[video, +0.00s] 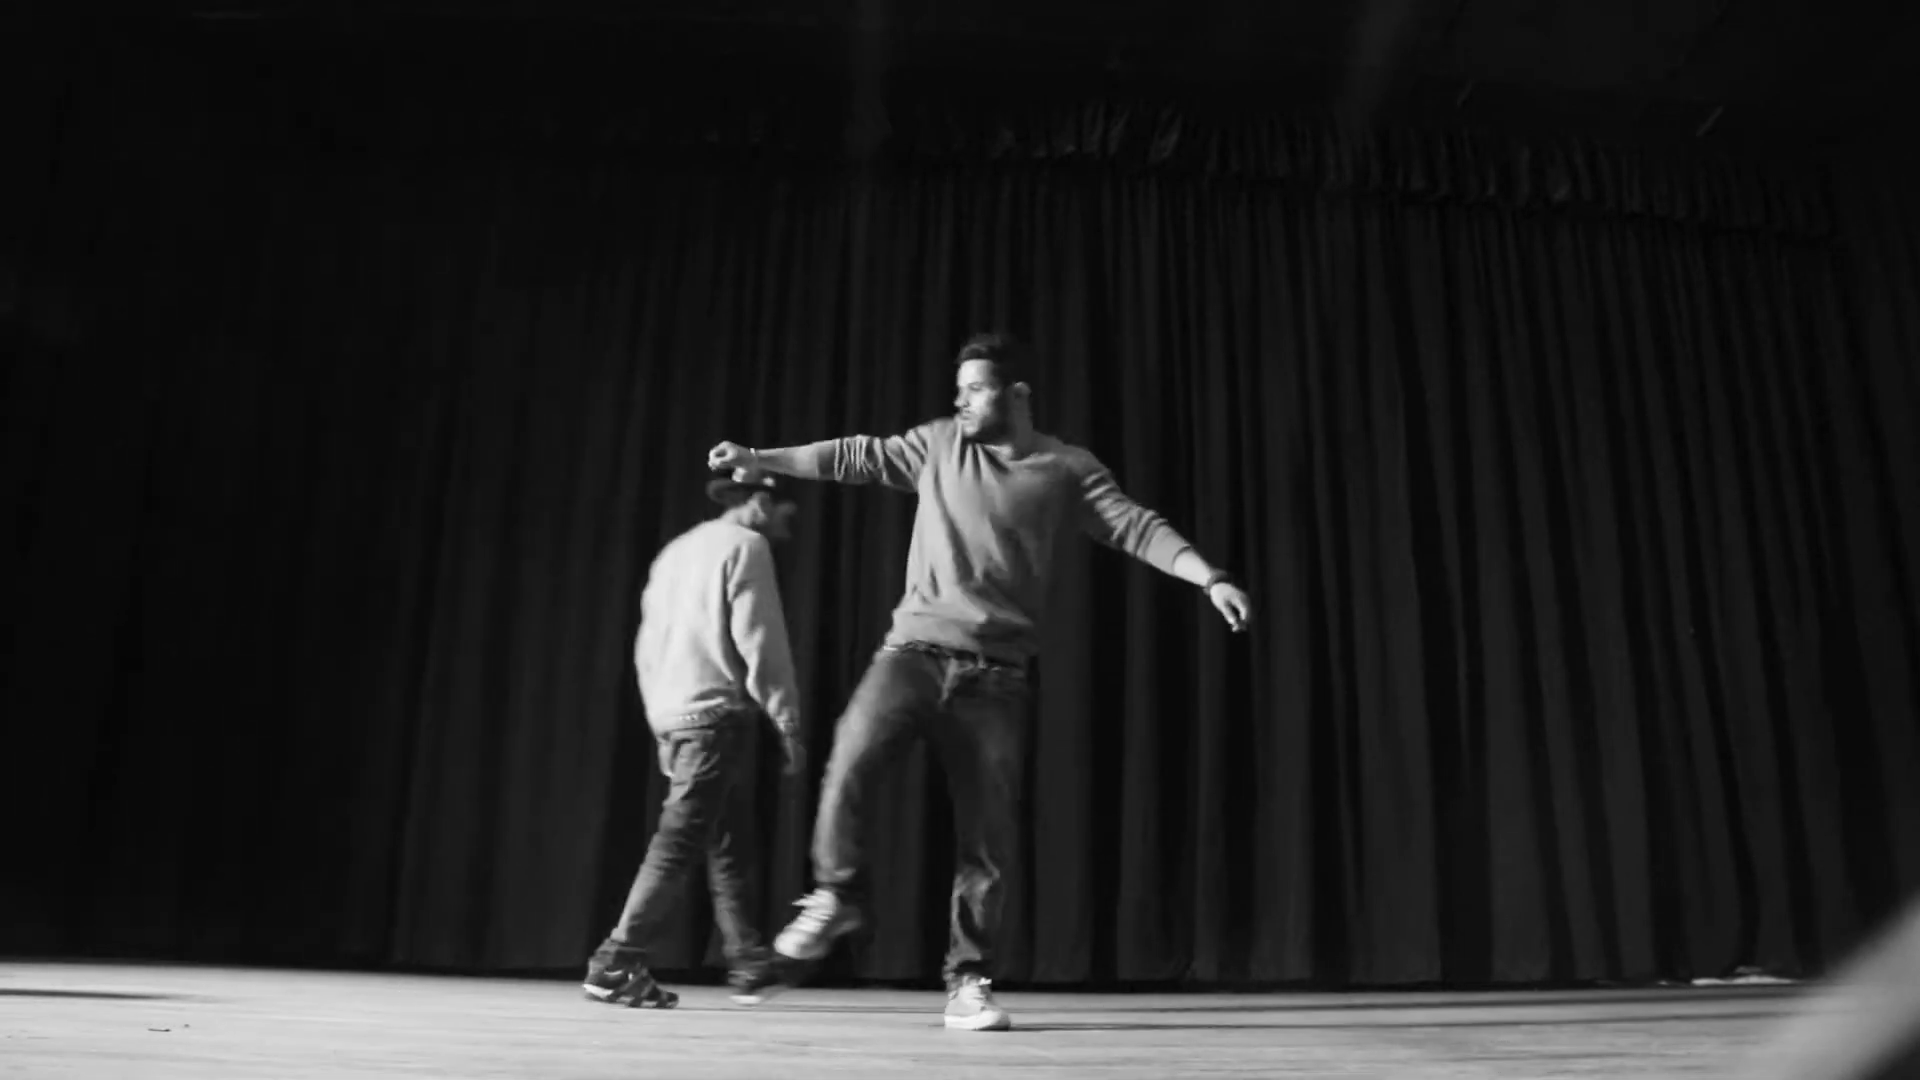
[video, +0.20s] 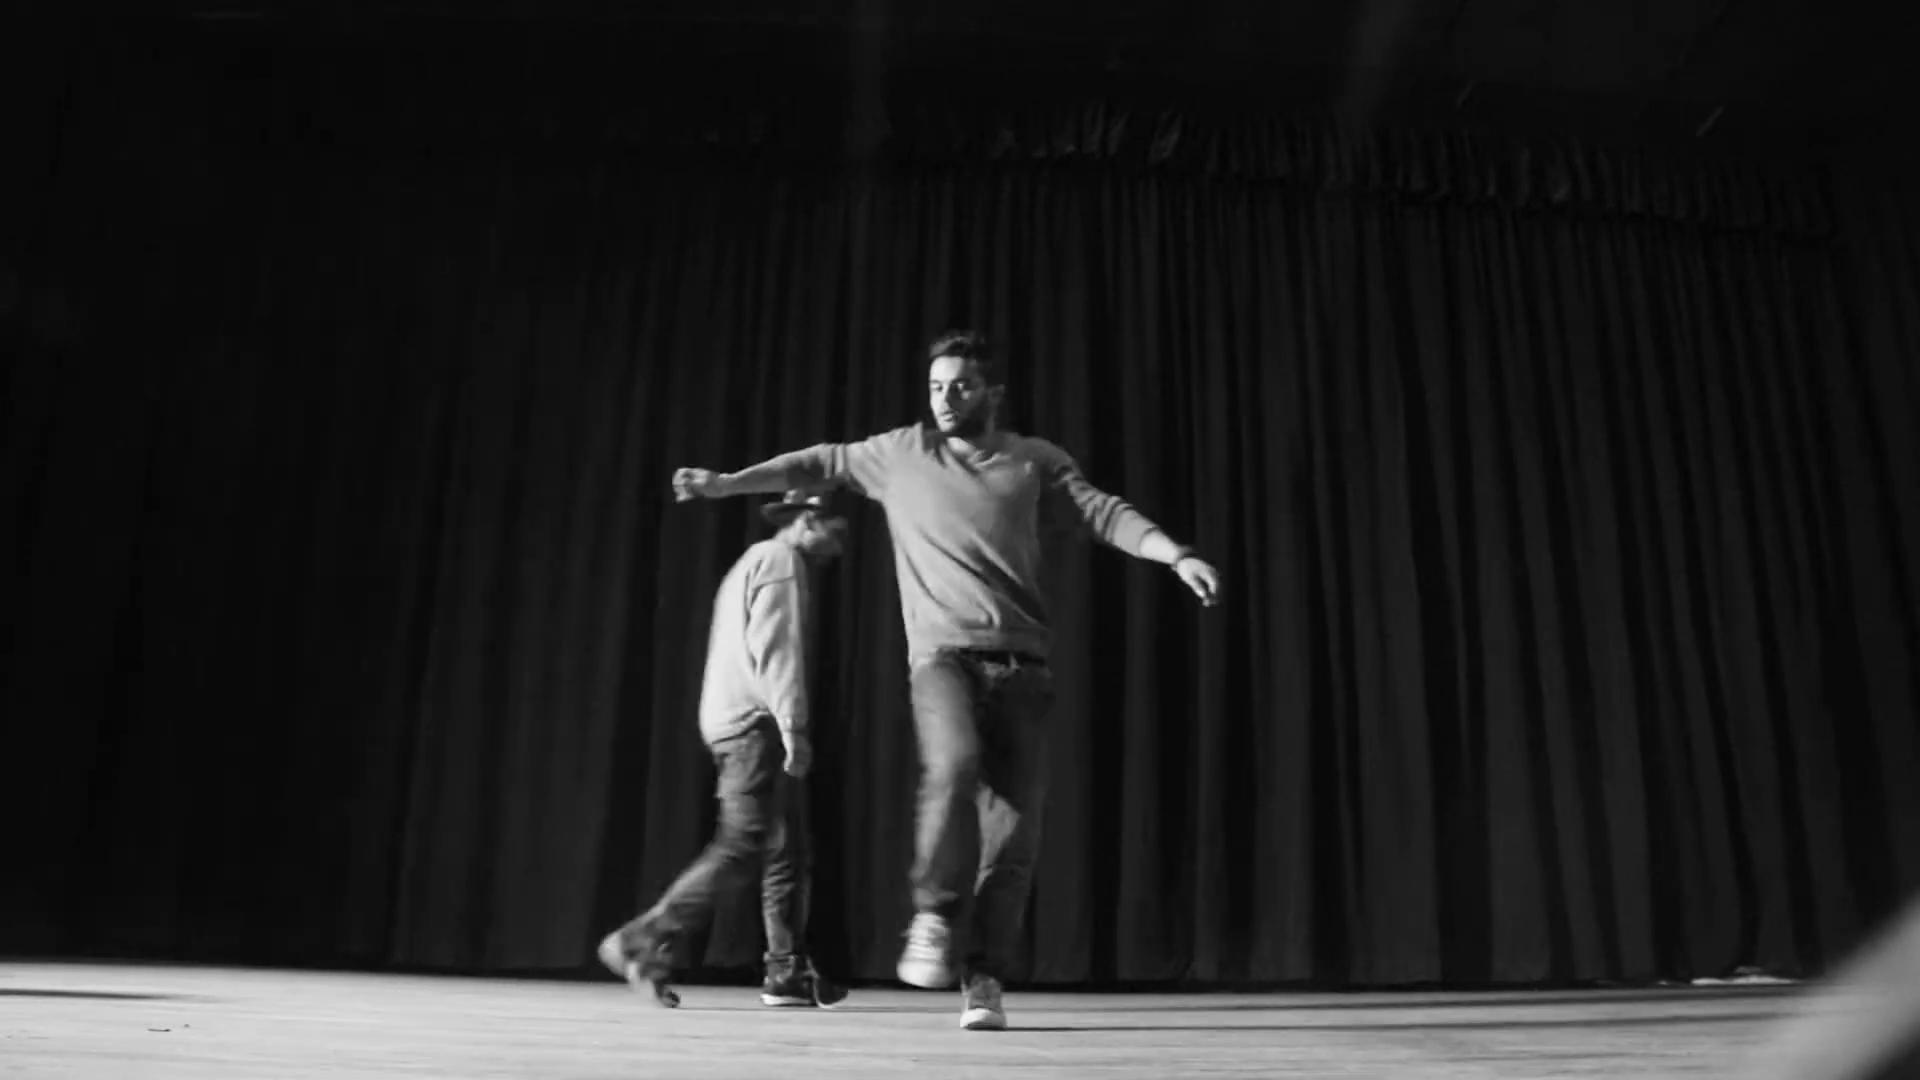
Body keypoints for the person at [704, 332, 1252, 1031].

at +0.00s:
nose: (964, 401)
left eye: (977, 389)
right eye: (960, 390)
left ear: (1015, 391)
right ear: (958, 394)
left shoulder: (1066, 468)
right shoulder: (935, 446)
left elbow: (1136, 527)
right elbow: (850, 457)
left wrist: (1209, 579)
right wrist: (758, 459)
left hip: (996, 670)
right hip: (914, 651)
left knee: (989, 832)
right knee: (854, 750)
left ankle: (969, 985)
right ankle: (833, 898)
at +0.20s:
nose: (951, 398)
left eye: (965, 386)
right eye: (941, 386)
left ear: (994, 390)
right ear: (928, 389)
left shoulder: (1035, 459)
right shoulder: (895, 452)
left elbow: (1103, 513)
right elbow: (811, 466)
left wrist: (1173, 554)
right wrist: (727, 483)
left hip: (1020, 659)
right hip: (940, 652)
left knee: (1013, 827)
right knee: (954, 766)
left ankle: (986, 975)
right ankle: (933, 918)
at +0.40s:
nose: (931, 408)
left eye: (943, 395)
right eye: (918, 396)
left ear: (964, 399)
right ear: (899, 403)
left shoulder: (1005, 459)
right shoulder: (868, 479)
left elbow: (1075, 508)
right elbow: (786, 488)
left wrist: (1143, 549)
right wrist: (699, 484)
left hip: (1016, 663)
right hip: (939, 662)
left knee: (1013, 823)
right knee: (980, 777)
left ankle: (981, 973)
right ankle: (959, 957)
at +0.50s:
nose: (918, 408)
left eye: (929, 394)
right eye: (904, 396)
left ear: (949, 398)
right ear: (884, 403)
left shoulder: (987, 461)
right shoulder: (861, 482)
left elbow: (1056, 509)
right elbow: (771, 499)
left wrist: (1122, 549)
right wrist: (674, 489)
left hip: (1005, 666)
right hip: (923, 668)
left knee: (1001, 829)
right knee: (913, 818)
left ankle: (981, 980)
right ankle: (893, 970)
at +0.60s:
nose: (899, 405)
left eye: (910, 392)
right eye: (885, 393)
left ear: (929, 395)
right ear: (864, 402)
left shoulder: (967, 439)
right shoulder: (848, 488)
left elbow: (1036, 501)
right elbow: (759, 518)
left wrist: (1094, 547)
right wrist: (667, 499)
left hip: (988, 669)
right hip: (902, 671)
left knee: (988, 832)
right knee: (846, 817)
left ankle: (976, 983)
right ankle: (797, 963)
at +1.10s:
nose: (890, 394)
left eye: (901, 383)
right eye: (877, 381)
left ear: (911, 392)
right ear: (845, 385)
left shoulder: (936, 461)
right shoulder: (806, 456)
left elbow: (1031, 479)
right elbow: (719, 491)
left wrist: (1051, 526)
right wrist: (798, 454)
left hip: (889, 674)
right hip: (798, 672)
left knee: (922, 835)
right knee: (763, 833)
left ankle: (949, 984)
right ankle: (726, 977)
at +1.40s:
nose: (948, 409)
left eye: (959, 399)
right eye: (935, 395)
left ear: (970, 407)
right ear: (903, 397)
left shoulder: (967, 489)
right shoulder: (857, 455)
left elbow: (1031, 527)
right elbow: (759, 488)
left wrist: (1103, 560)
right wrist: (804, 440)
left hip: (918, 681)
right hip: (831, 676)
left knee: (956, 829)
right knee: (788, 820)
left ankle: (955, 989)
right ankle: (729, 975)